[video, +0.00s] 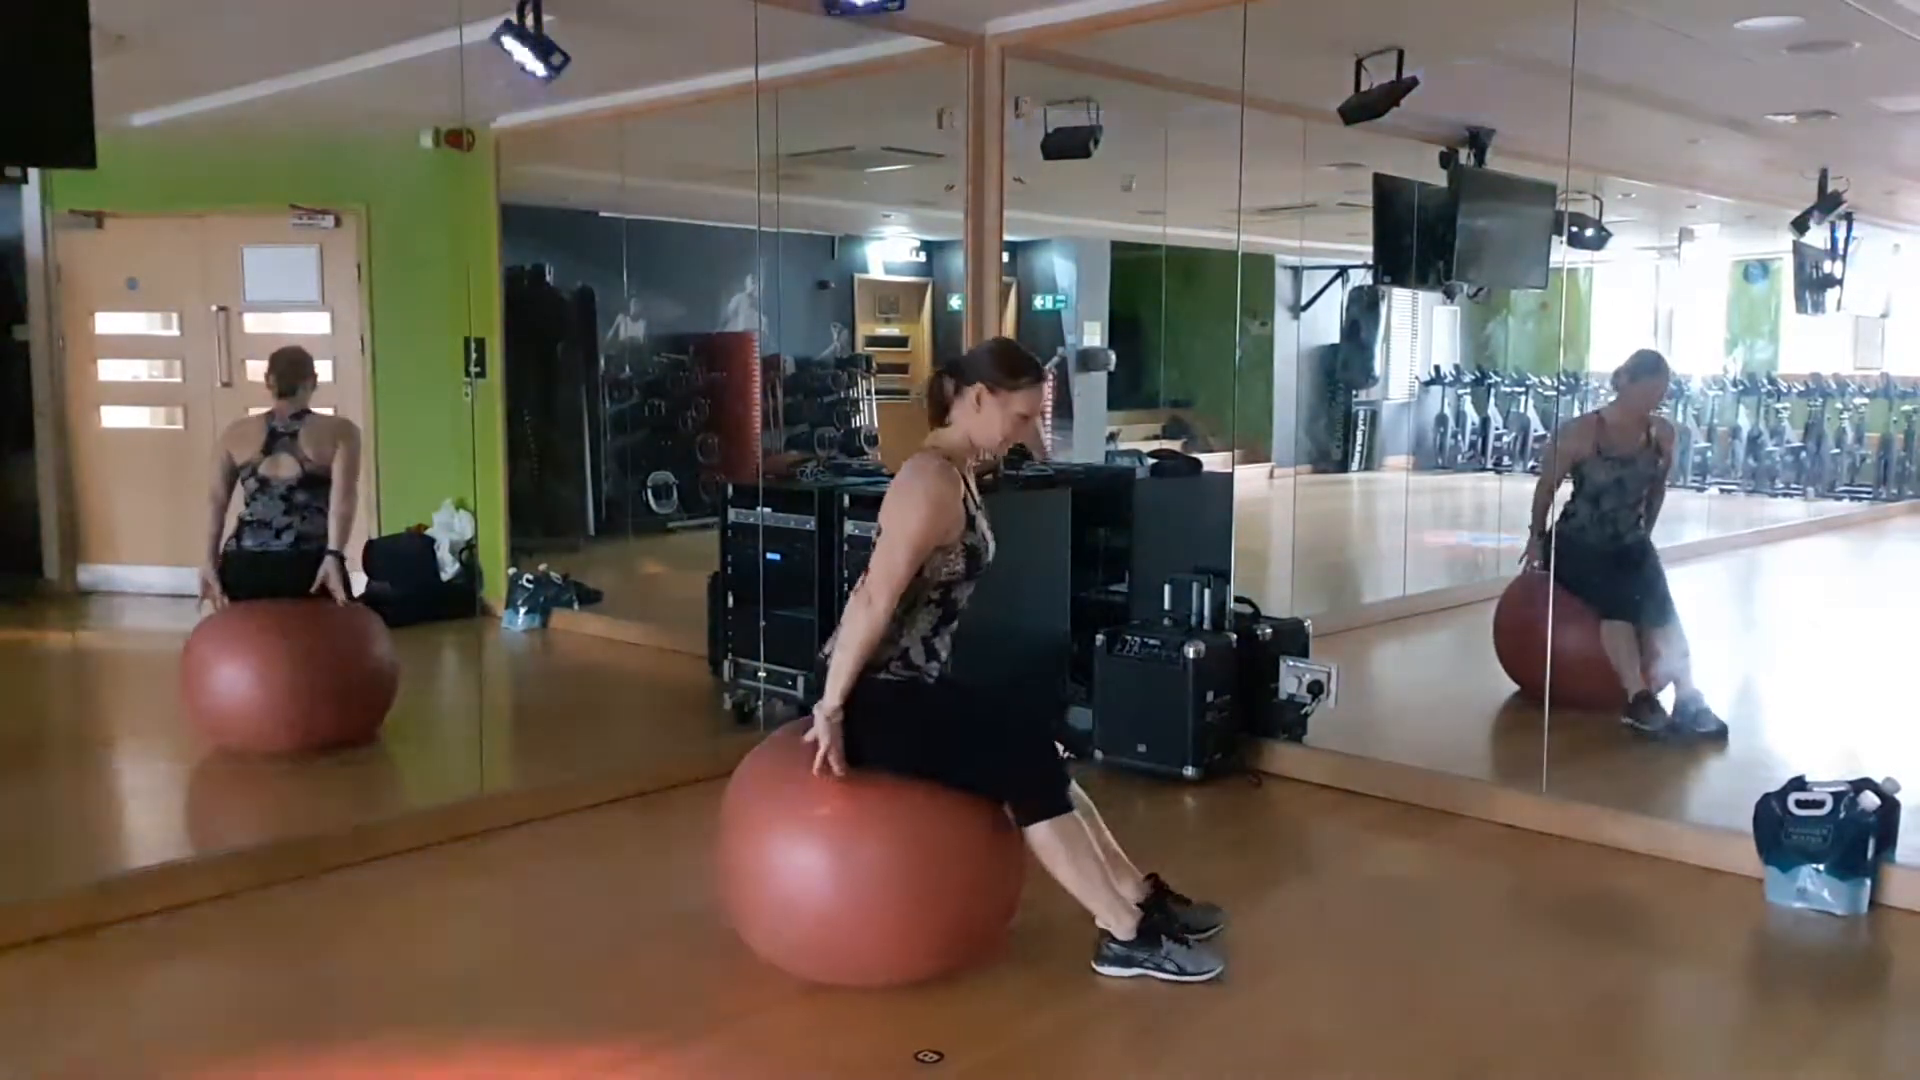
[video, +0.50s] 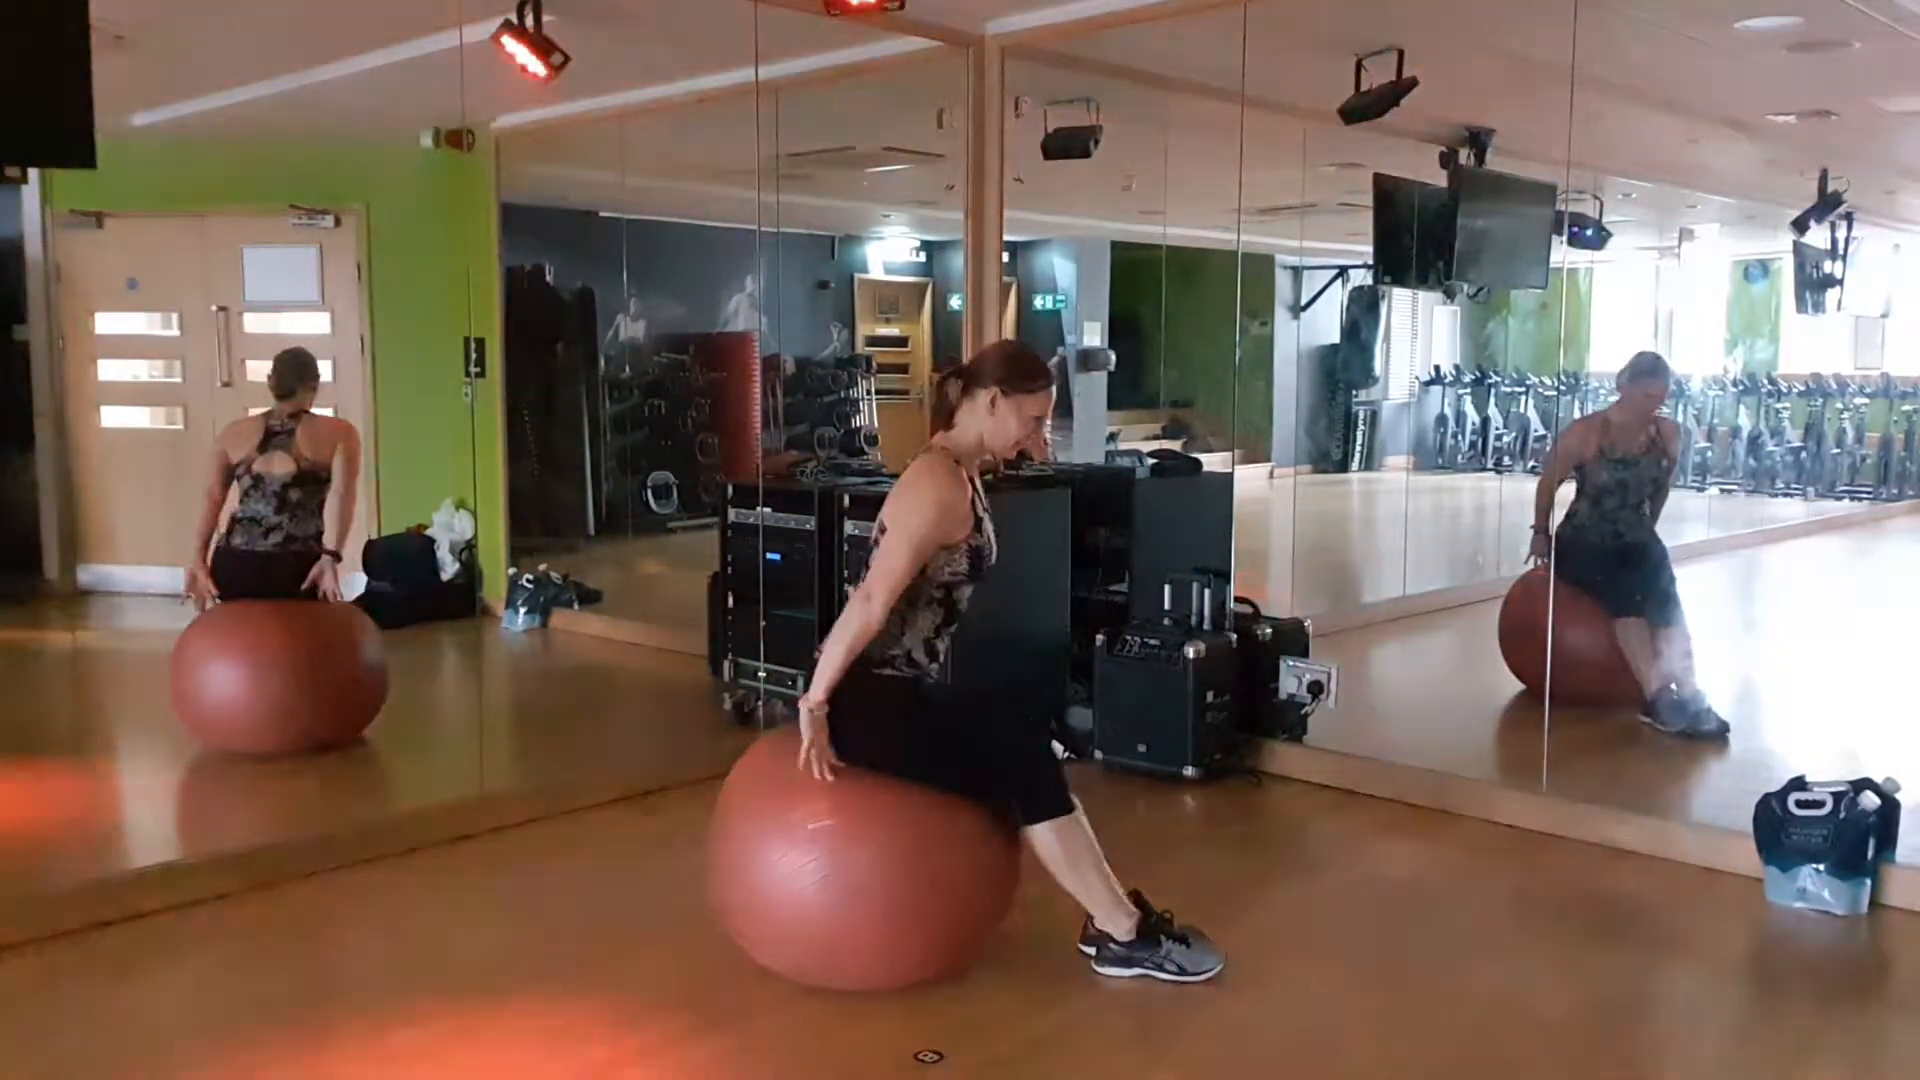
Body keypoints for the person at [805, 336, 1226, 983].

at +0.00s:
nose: (1024, 432)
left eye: (1029, 419)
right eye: (1020, 416)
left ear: (981, 401)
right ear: (976, 398)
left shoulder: (953, 477)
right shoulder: (930, 482)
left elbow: (889, 595)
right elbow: (874, 597)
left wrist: (836, 697)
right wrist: (832, 706)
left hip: (909, 690)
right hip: (877, 703)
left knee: (1039, 746)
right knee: (1025, 763)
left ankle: (1139, 898)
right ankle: (1121, 931)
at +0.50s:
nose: (1038, 439)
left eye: (1043, 423)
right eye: (1033, 421)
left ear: (991, 405)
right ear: (988, 402)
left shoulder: (957, 477)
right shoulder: (935, 485)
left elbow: (901, 600)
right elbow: (872, 600)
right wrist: (815, 699)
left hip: (900, 693)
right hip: (871, 704)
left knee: (1033, 745)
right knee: (1025, 762)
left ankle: (1114, 914)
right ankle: (1121, 930)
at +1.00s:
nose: (997, 426)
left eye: (1003, 412)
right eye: (994, 407)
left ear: (945, 398)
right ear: (950, 394)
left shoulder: (939, 479)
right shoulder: (919, 484)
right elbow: (887, 605)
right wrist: (880, 727)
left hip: (972, 701)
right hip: (944, 713)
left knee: (1129, 750)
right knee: (1122, 749)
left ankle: (1255, 882)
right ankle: (1129, 934)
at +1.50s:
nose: (996, 448)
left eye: (995, 435)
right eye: (985, 435)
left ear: (945, 437)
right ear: (938, 435)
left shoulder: (947, 511)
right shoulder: (932, 522)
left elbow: (964, 634)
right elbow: (930, 649)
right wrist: (966, 755)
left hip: (1044, 711)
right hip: (1020, 730)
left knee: (1218, 740)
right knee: (1209, 719)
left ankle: (1273, 915)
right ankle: (1184, 888)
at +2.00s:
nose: (988, 492)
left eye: (989, 477)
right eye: (979, 478)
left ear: (937, 480)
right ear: (934, 479)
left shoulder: (949, 550)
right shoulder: (945, 562)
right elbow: (980, 685)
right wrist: (1054, 778)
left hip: (1096, 715)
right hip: (1085, 735)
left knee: (1268, 733)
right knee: (1277, 747)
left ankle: (1276, 919)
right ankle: (1430, 897)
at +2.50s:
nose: (958, 557)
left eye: (952, 544)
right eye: (942, 549)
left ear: (919, 565)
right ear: (899, 574)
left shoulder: (956, 620)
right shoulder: (933, 643)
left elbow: (1045, 691)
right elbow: (1008, 737)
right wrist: (1111, 791)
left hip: (1145, 720)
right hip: (1128, 751)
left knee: (1327, 733)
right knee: (1320, 780)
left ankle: (1290, 911)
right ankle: (1453, 946)